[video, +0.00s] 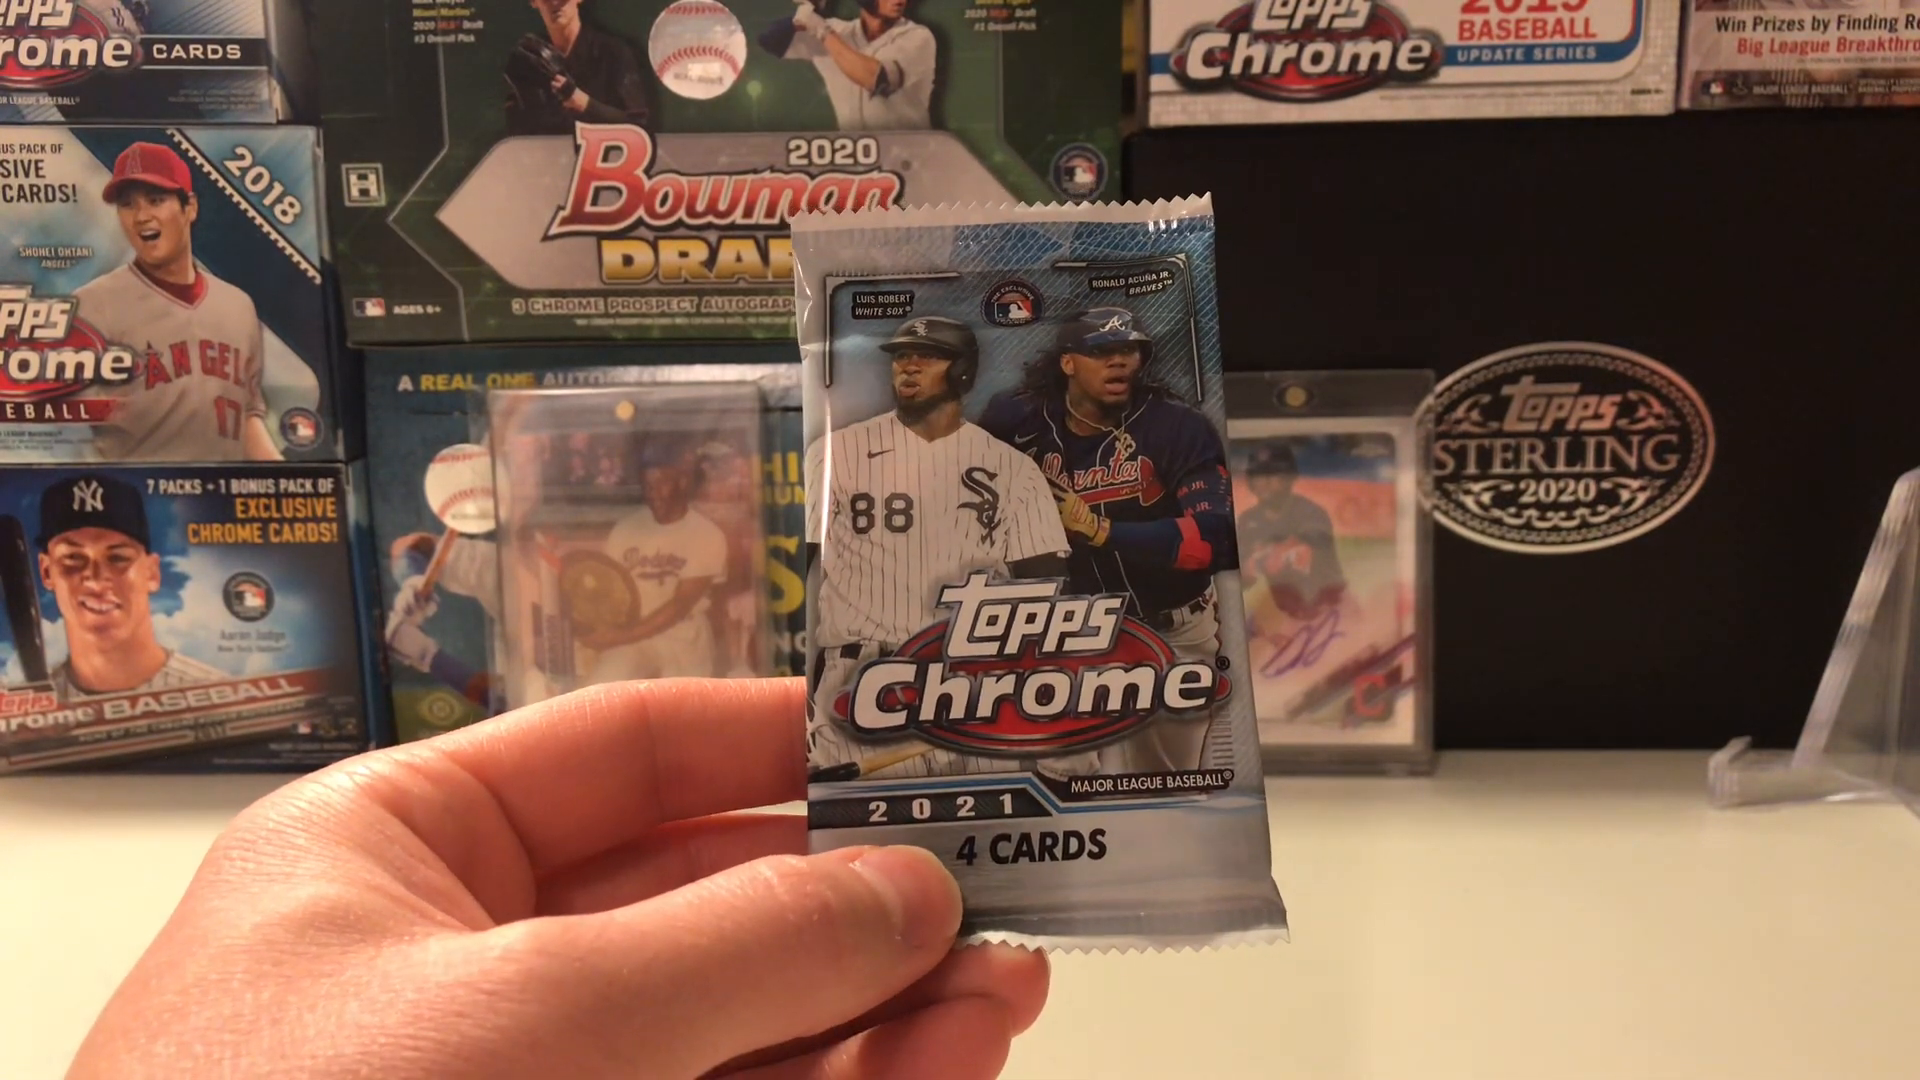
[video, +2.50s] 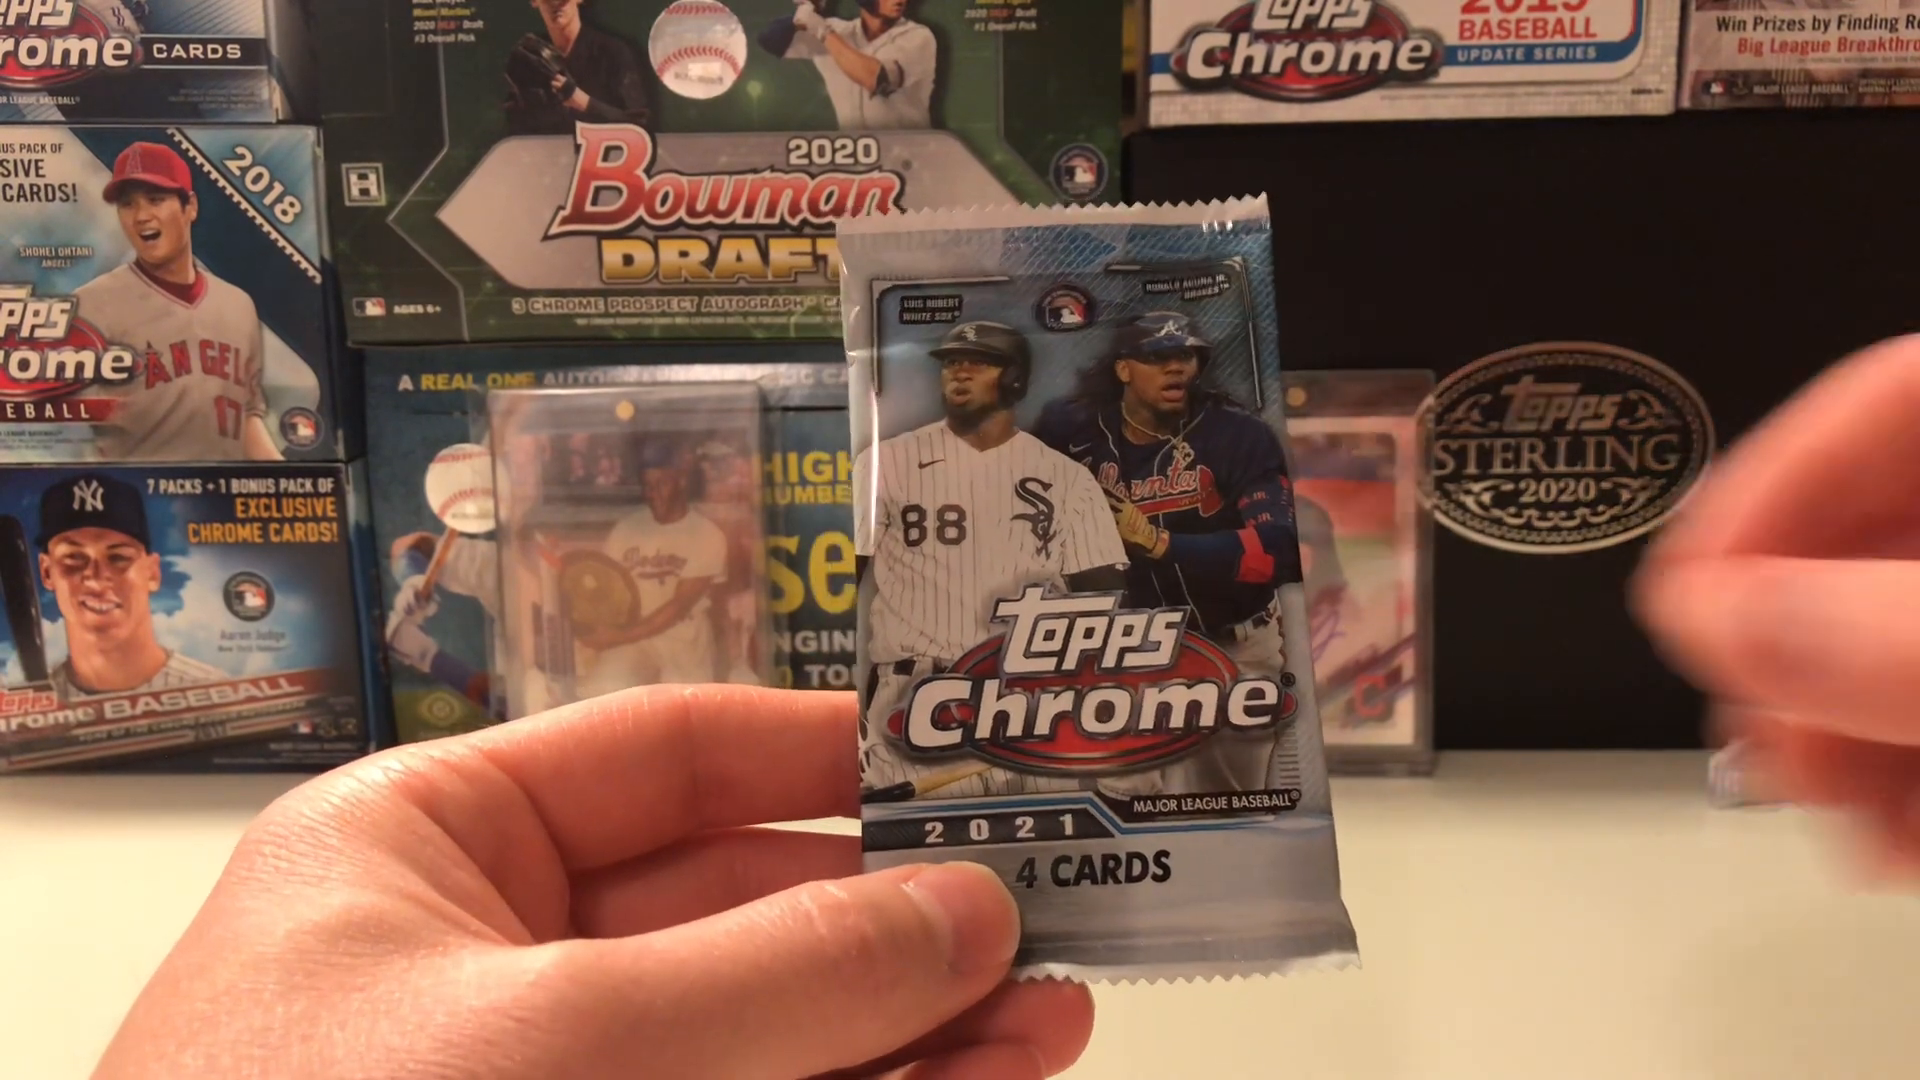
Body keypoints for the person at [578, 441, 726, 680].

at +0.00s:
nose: (653, 495)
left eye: (661, 485)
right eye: (648, 486)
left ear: (683, 484)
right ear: (642, 488)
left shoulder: (707, 536)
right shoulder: (624, 530)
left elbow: (680, 606)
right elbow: (604, 590)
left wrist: (618, 637)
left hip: (683, 640)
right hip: (627, 642)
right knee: (598, 701)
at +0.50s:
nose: (652, 495)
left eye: (660, 485)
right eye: (647, 486)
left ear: (682, 484)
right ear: (642, 488)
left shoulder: (707, 536)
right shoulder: (625, 530)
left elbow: (680, 606)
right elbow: (604, 589)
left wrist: (617, 637)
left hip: (683, 641)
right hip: (627, 643)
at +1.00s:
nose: (653, 495)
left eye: (661, 485)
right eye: (648, 486)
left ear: (682, 485)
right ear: (643, 489)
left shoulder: (707, 536)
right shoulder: (625, 530)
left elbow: (680, 606)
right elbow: (604, 588)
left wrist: (619, 637)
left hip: (683, 640)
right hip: (627, 642)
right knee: (602, 697)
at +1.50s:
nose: (653, 495)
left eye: (661, 485)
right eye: (648, 487)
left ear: (681, 485)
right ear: (643, 489)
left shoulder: (707, 536)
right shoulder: (625, 529)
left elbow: (680, 607)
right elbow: (604, 588)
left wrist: (618, 637)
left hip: (683, 641)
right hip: (626, 642)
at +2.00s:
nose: (652, 495)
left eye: (661, 485)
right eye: (647, 486)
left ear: (682, 484)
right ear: (642, 489)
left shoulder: (707, 536)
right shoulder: (624, 530)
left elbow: (679, 606)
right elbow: (603, 588)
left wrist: (617, 637)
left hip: (683, 644)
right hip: (625, 644)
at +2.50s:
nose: (652, 495)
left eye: (659, 485)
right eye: (647, 486)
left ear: (681, 483)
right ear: (642, 488)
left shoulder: (707, 535)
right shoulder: (625, 530)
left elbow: (680, 606)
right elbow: (603, 588)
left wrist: (620, 636)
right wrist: (596, 627)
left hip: (684, 637)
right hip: (629, 638)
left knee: (687, 710)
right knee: (602, 696)